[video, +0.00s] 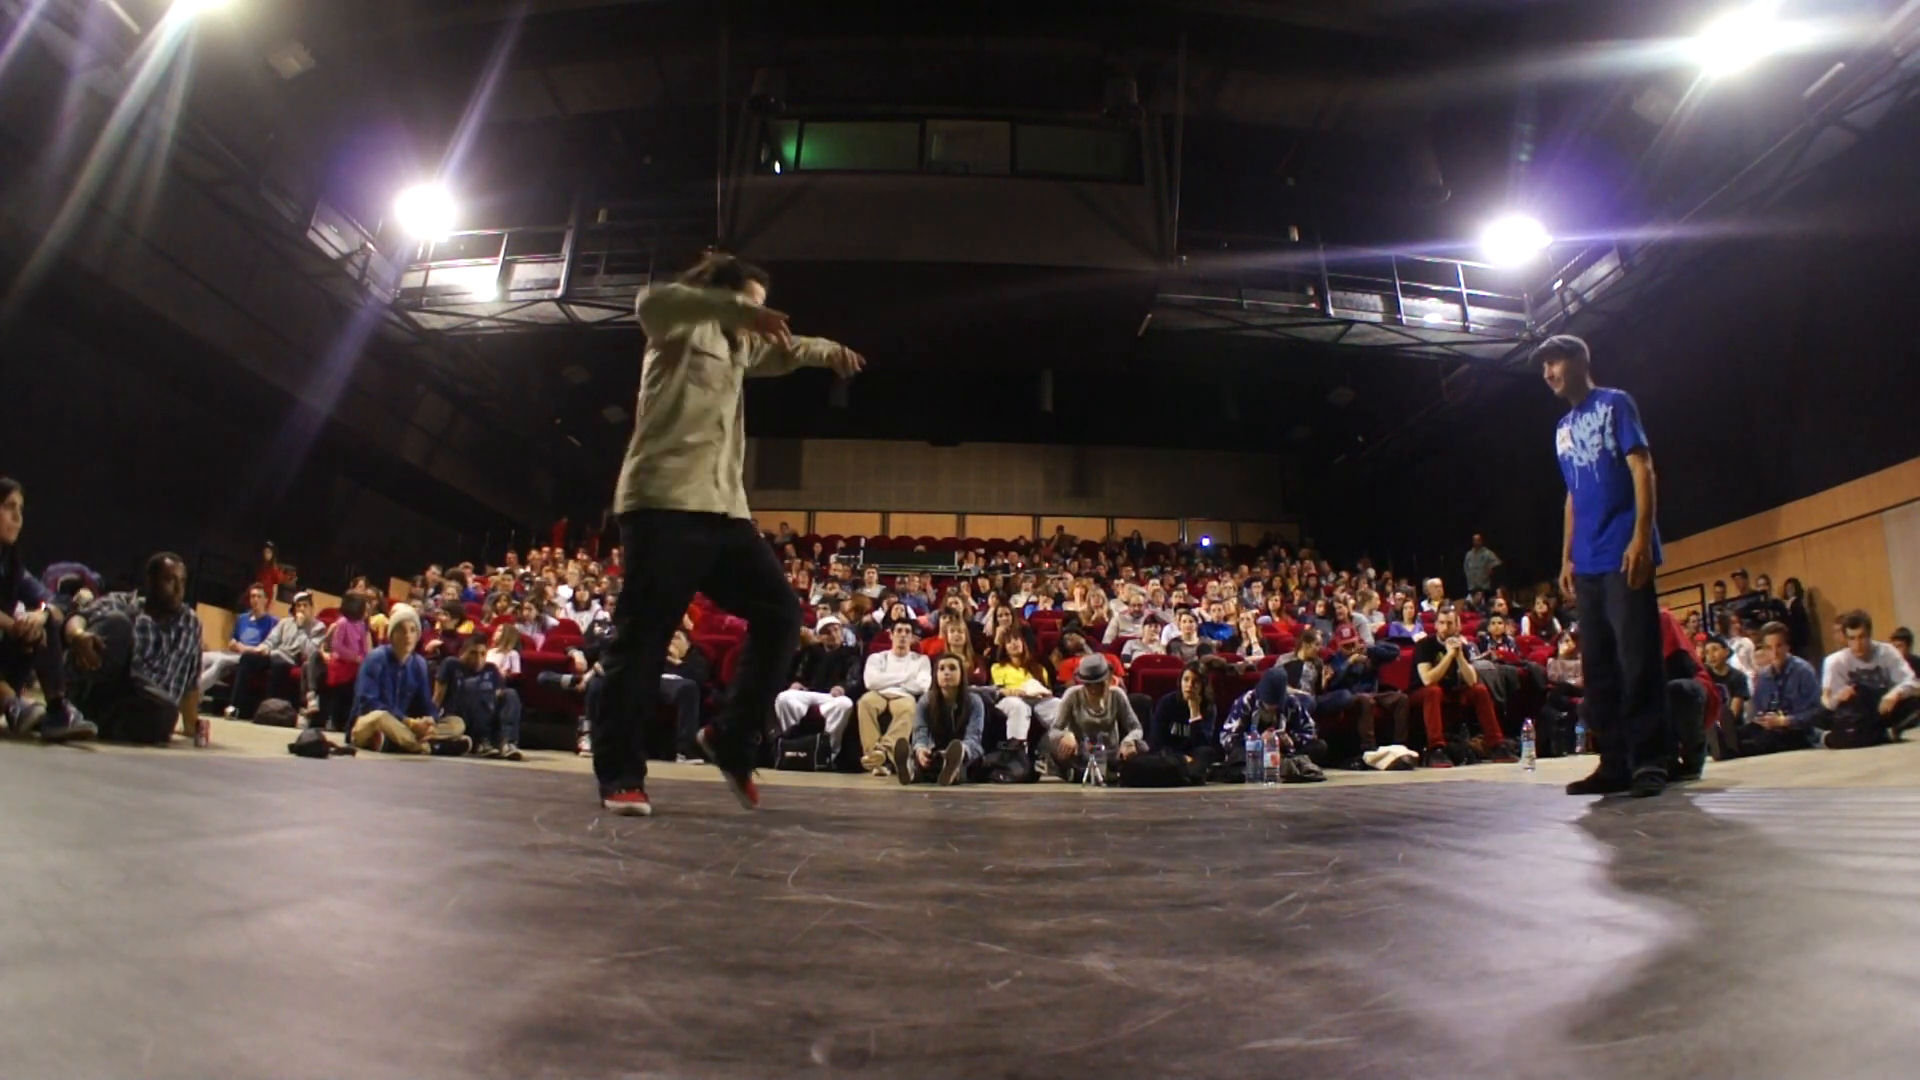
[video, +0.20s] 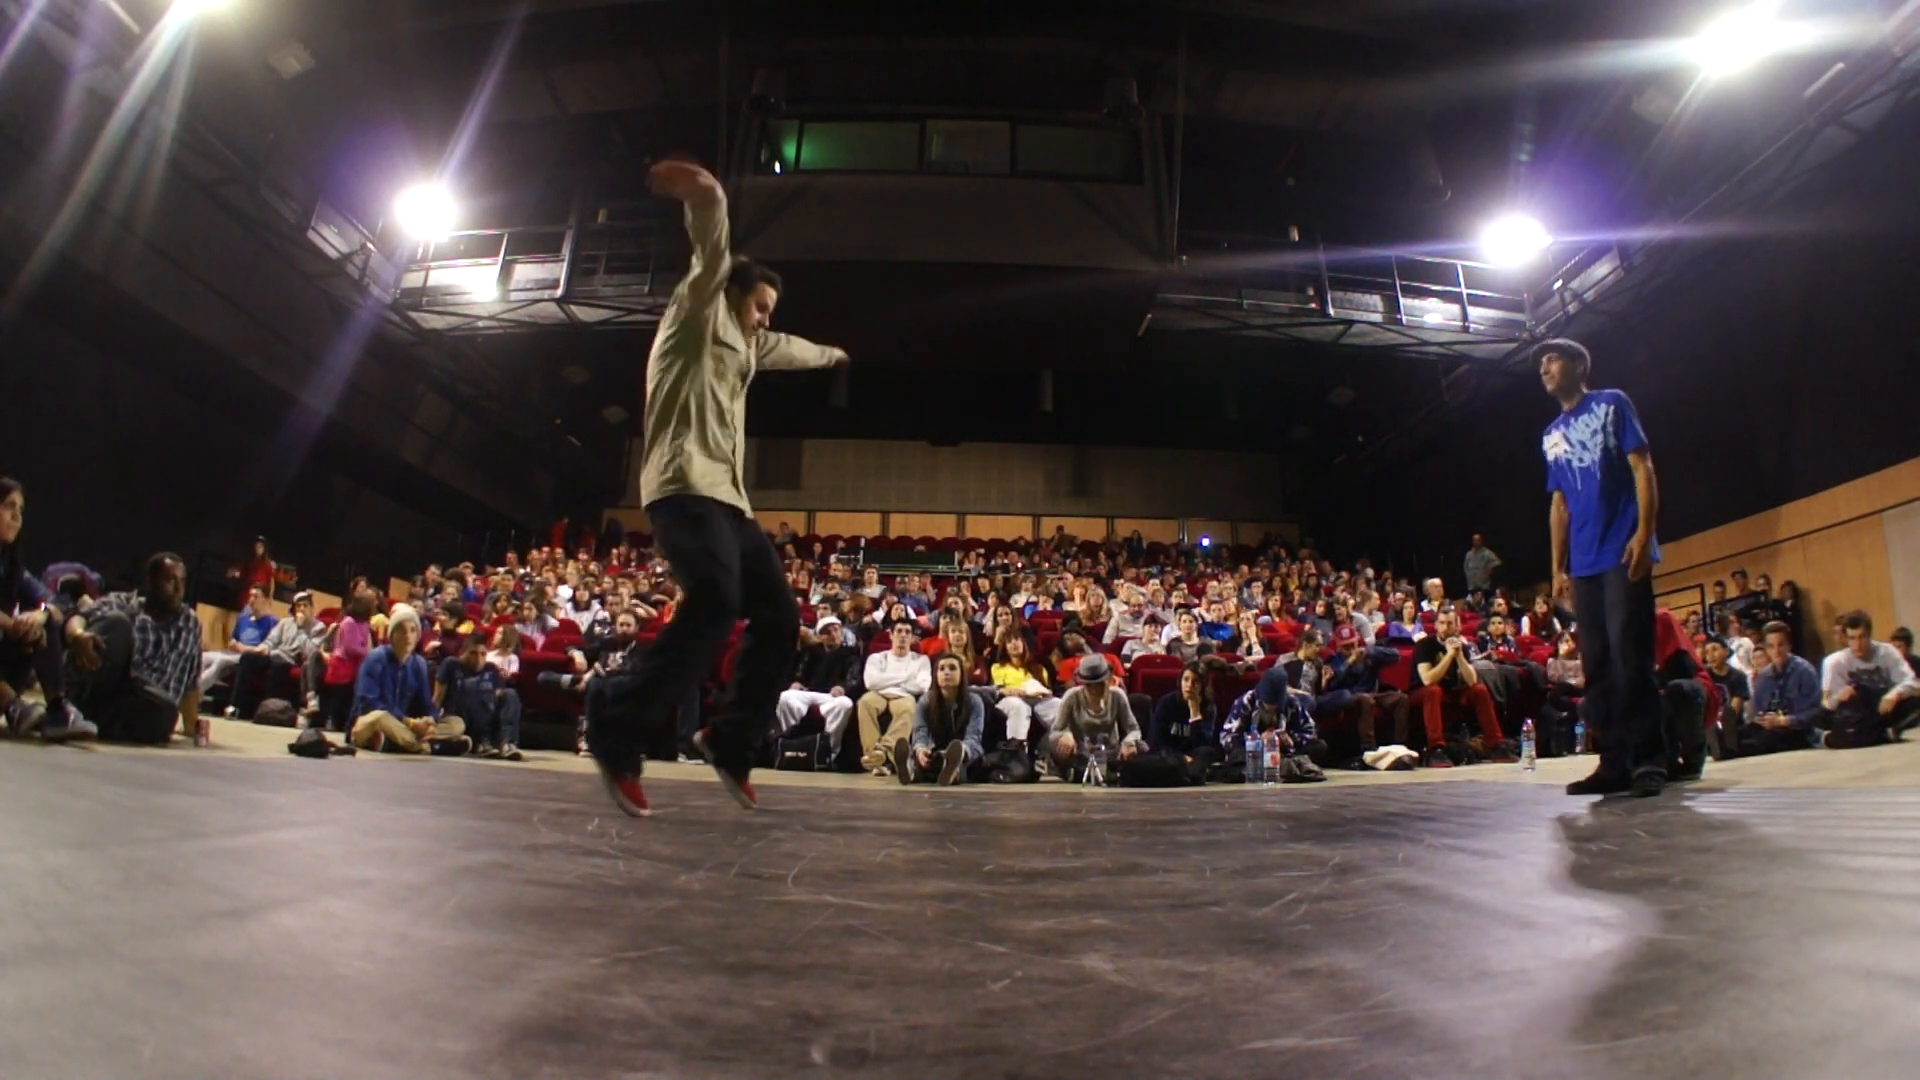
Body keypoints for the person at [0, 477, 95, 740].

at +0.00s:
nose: (17, 517)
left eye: (20, 509)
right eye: (10, 507)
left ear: (22, 514)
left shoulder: (11, 565)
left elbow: (55, 608)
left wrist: (42, 614)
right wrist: (14, 625)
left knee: (45, 624)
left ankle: (58, 709)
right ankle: (12, 704)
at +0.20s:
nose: (16, 516)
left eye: (19, 509)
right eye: (9, 506)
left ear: (22, 516)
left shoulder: (12, 566)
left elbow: (55, 608)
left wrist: (42, 614)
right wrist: (12, 623)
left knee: (45, 624)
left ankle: (58, 709)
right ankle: (12, 705)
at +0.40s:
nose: (18, 517)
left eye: (20, 509)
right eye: (11, 507)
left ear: (21, 513)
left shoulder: (12, 565)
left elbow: (55, 607)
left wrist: (42, 614)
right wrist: (12, 624)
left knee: (45, 625)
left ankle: (58, 709)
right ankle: (11, 705)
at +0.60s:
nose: (18, 517)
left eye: (20, 509)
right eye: (11, 507)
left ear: (21, 513)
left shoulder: (12, 565)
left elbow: (56, 608)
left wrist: (42, 614)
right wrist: (11, 624)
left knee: (45, 624)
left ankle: (58, 709)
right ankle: (11, 704)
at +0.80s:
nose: (17, 516)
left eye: (19, 508)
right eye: (10, 506)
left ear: (21, 514)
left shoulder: (12, 565)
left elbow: (55, 607)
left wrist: (42, 614)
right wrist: (12, 623)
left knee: (46, 624)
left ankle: (58, 709)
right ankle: (12, 706)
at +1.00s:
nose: (16, 514)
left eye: (19, 507)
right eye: (9, 505)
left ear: (21, 514)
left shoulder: (12, 564)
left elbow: (57, 607)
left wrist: (43, 613)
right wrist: (11, 623)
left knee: (43, 625)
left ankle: (58, 708)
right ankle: (12, 705)